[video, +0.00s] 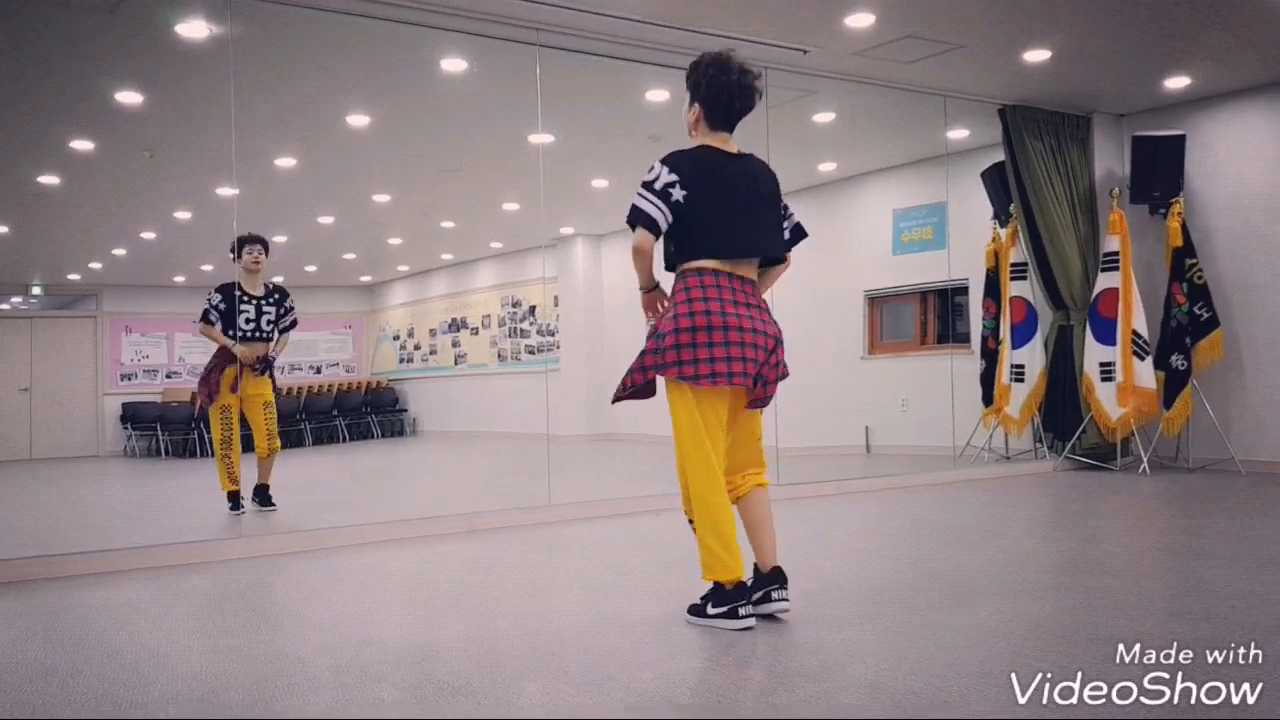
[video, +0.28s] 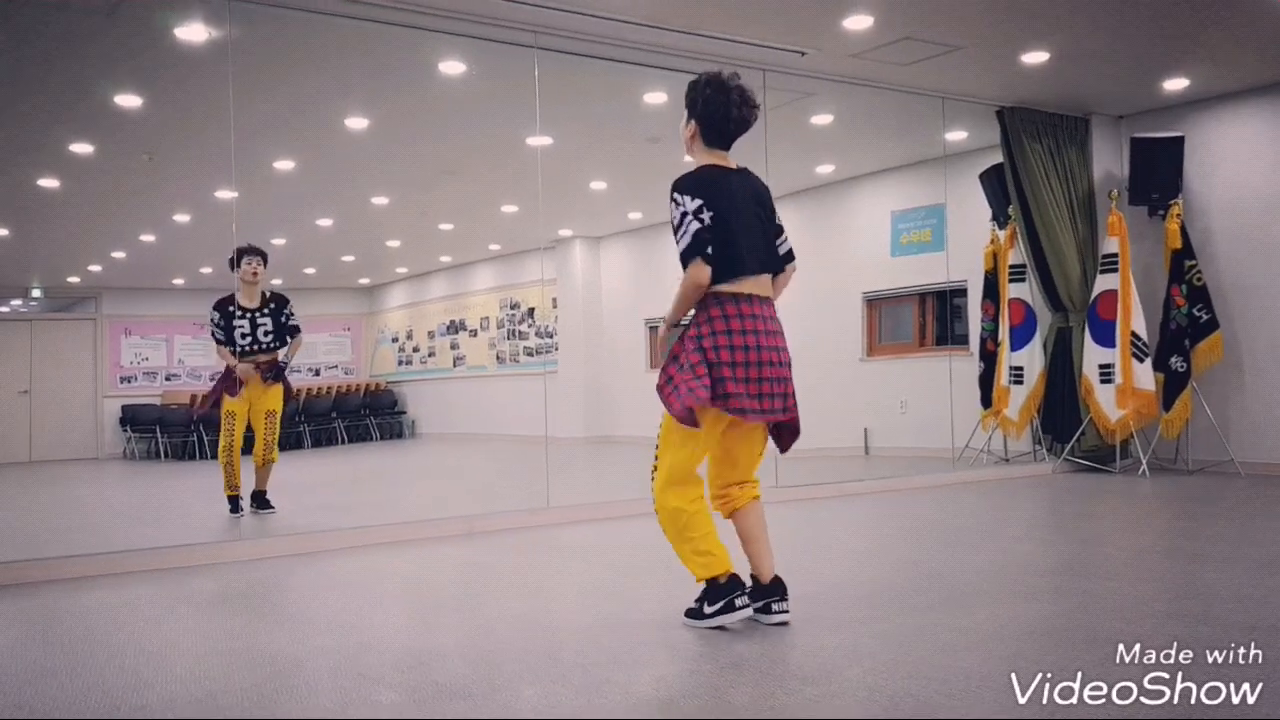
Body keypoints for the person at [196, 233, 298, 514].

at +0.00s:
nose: (256, 256)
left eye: (260, 252)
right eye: (250, 252)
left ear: (266, 259)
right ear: (238, 259)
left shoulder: (278, 295)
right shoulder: (225, 292)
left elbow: (285, 331)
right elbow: (205, 326)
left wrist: (272, 355)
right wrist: (234, 346)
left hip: (259, 372)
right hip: (226, 372)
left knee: (269, 441)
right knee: (227, 439)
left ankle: (262, 489)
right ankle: (233, 493)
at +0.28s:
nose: (254, 268)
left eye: (259, 264)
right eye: (248, 264)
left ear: (264, 271)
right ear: (237, 270)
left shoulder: (279, 302)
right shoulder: (223, 307)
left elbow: (296, 338)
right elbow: (220, 347)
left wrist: (283, 364)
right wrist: (236, 365)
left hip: (270, 378)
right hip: (236, 379)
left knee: (268, 443)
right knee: (230, 442)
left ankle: (260, 494)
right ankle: (233, 496)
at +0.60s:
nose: (254, 264)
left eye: (258, 261)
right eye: (248, 260)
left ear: (264, 268)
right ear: (236, 267)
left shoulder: (268, 302)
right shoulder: (224, 299)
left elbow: (276, 341)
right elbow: (200, 333)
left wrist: (276, 364)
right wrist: (216, 371)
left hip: (270, 374)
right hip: (241, 375)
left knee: (269, 443)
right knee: (249, 444)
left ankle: (259, 495)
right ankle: (232, 496)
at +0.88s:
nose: (260, 274)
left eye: (262, 268)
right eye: (253, 269)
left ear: (264, 272)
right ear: (238, 273)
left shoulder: (263, 307)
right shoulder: (224, 302)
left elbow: (266, 348)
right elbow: (214, 343)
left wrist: (267, 375)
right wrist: (217, 380)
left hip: (258, 375)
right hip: (232, 374)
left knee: (281, 438)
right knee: (239, 439)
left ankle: (259, 495)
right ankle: (232, 500)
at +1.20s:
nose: (255, 265)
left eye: (259, 261)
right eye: (248, 261)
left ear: (264, 268)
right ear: (236, 269)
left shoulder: (277, 302)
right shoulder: (224, 302)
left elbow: (287, 338)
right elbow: (204, 335)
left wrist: (275, 363)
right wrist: (228, 350)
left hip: (258, 380)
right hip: (225, 379)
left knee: (266, 447)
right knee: (226, 446)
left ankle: (259, 495)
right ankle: (230, 499)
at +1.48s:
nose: (258, 273)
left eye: (263, 269)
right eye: (252, 268)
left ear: (268, 275)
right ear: (240, 275)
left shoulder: (281, 306)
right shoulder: (227, 309)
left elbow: (295, 343)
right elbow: (221, 351)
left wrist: (289, 369)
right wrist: (226, 383)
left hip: (275, 380)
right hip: (241, 380)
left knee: (274, 447)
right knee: (235, 446)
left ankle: (260, 497)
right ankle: (234, 499)